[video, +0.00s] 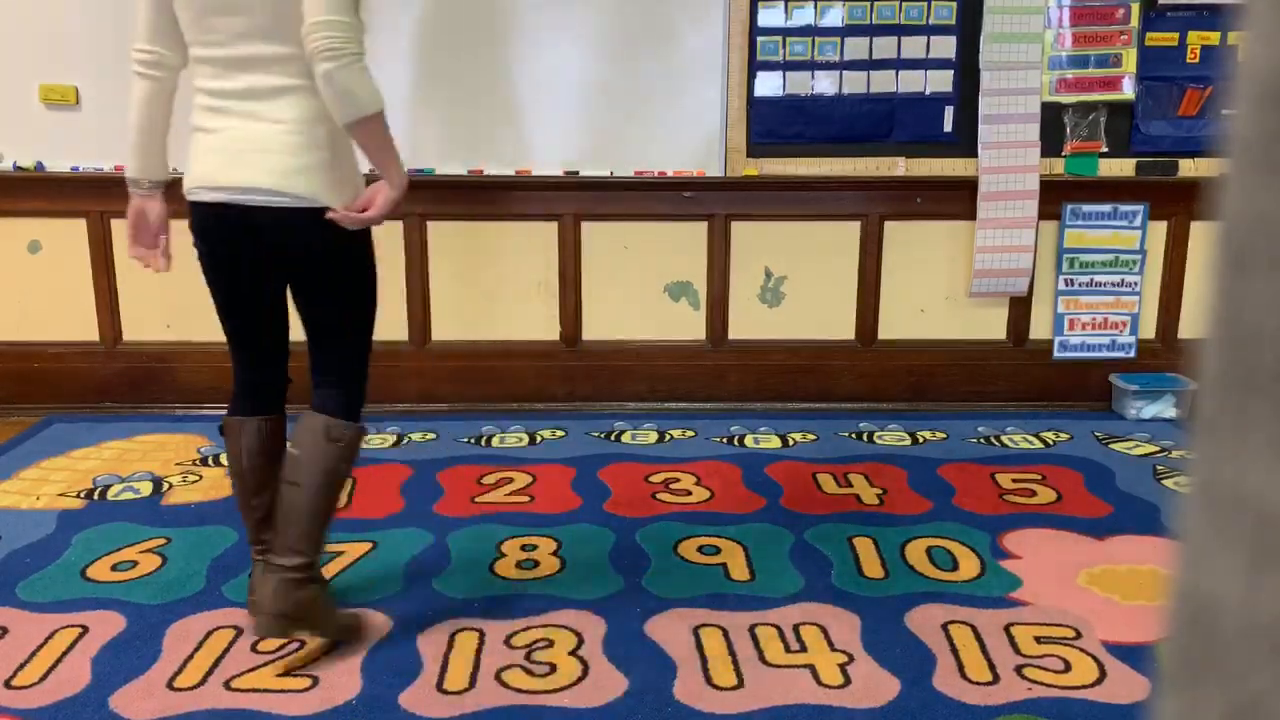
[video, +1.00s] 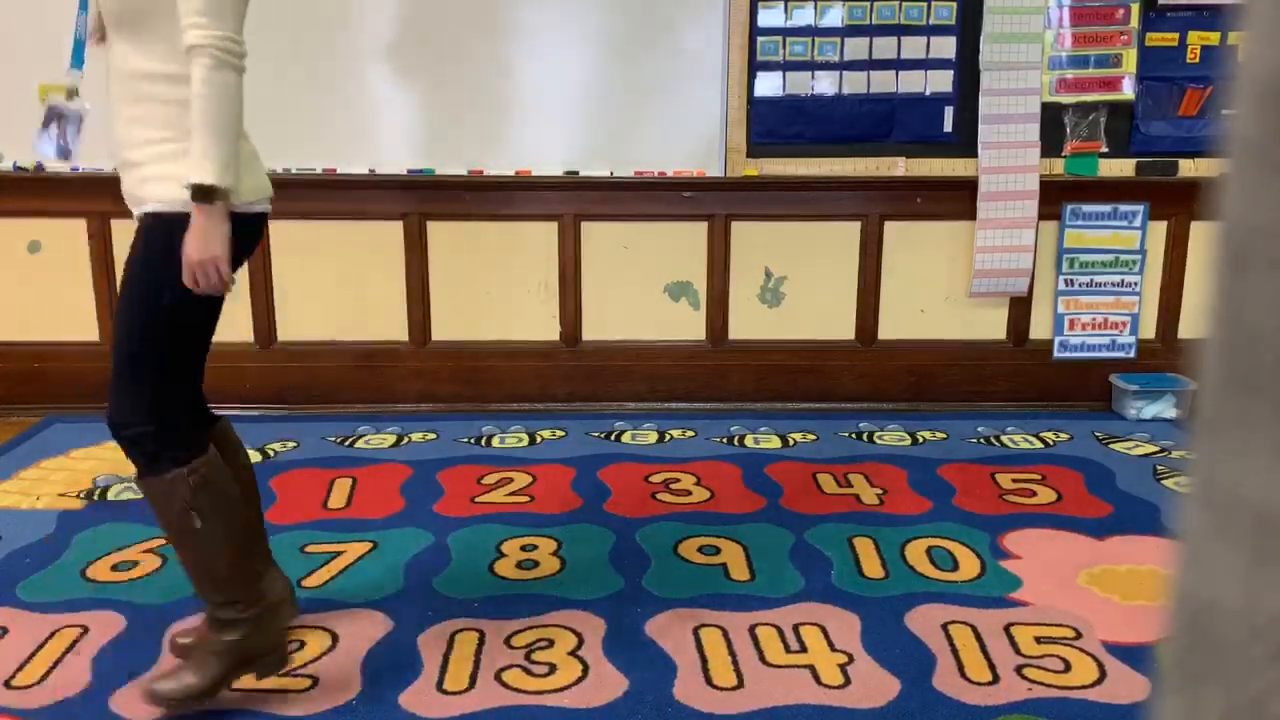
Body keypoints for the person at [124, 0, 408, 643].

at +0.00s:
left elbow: (154, 61)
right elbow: (331, 53)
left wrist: (146, 187)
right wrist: (391, 171)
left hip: (217, 190)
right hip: (313, 190)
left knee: (255, 379)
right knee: (337, 381)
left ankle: (269, 569)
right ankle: (290, 580)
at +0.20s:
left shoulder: (123, 1)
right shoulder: (282, 1)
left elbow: (107, 90)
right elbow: (294, 87)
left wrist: (105, 220)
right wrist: (363, 202)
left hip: (169, 226)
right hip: (266, 226)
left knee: (262, 391)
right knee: (259, 413)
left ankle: (275, 566)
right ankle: (179, 625)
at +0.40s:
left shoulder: (84, 9)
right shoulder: (272, 11)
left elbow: (61, 135)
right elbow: (304, 144)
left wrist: (52, 258)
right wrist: (322, 219)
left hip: (123, 270)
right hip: (229, 275)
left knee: (201, 372)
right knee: (232, 464)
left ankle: (231, 550)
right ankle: (157, 631)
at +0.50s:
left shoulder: (92, 1)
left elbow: (73, 88)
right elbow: (284, 107)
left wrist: (55, 224)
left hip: (123, 226)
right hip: (239, 232)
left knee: (141, 389)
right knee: (214, 433)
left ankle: (168, 571)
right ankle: (160, 635)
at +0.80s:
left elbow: (169, 41)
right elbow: (193, 53)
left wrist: (135, 195)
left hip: (173, 192)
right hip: (221, 191)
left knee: (101, 407)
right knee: (195, 390)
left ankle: (74, 634)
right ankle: (241, 586)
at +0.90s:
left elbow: (202, 39)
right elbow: (161, 50)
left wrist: (179, 187)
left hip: (186, 184)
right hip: (185, 180)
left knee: (127, 403)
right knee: (185, 390)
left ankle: (157, 637)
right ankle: (240, 583)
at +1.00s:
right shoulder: (138, 7)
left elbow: (217, 50)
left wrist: (209, 203)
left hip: (196, 201)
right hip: (174, 198)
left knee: (142, 417)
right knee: (173, 410)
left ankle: (244, 617)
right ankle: (253, 596)